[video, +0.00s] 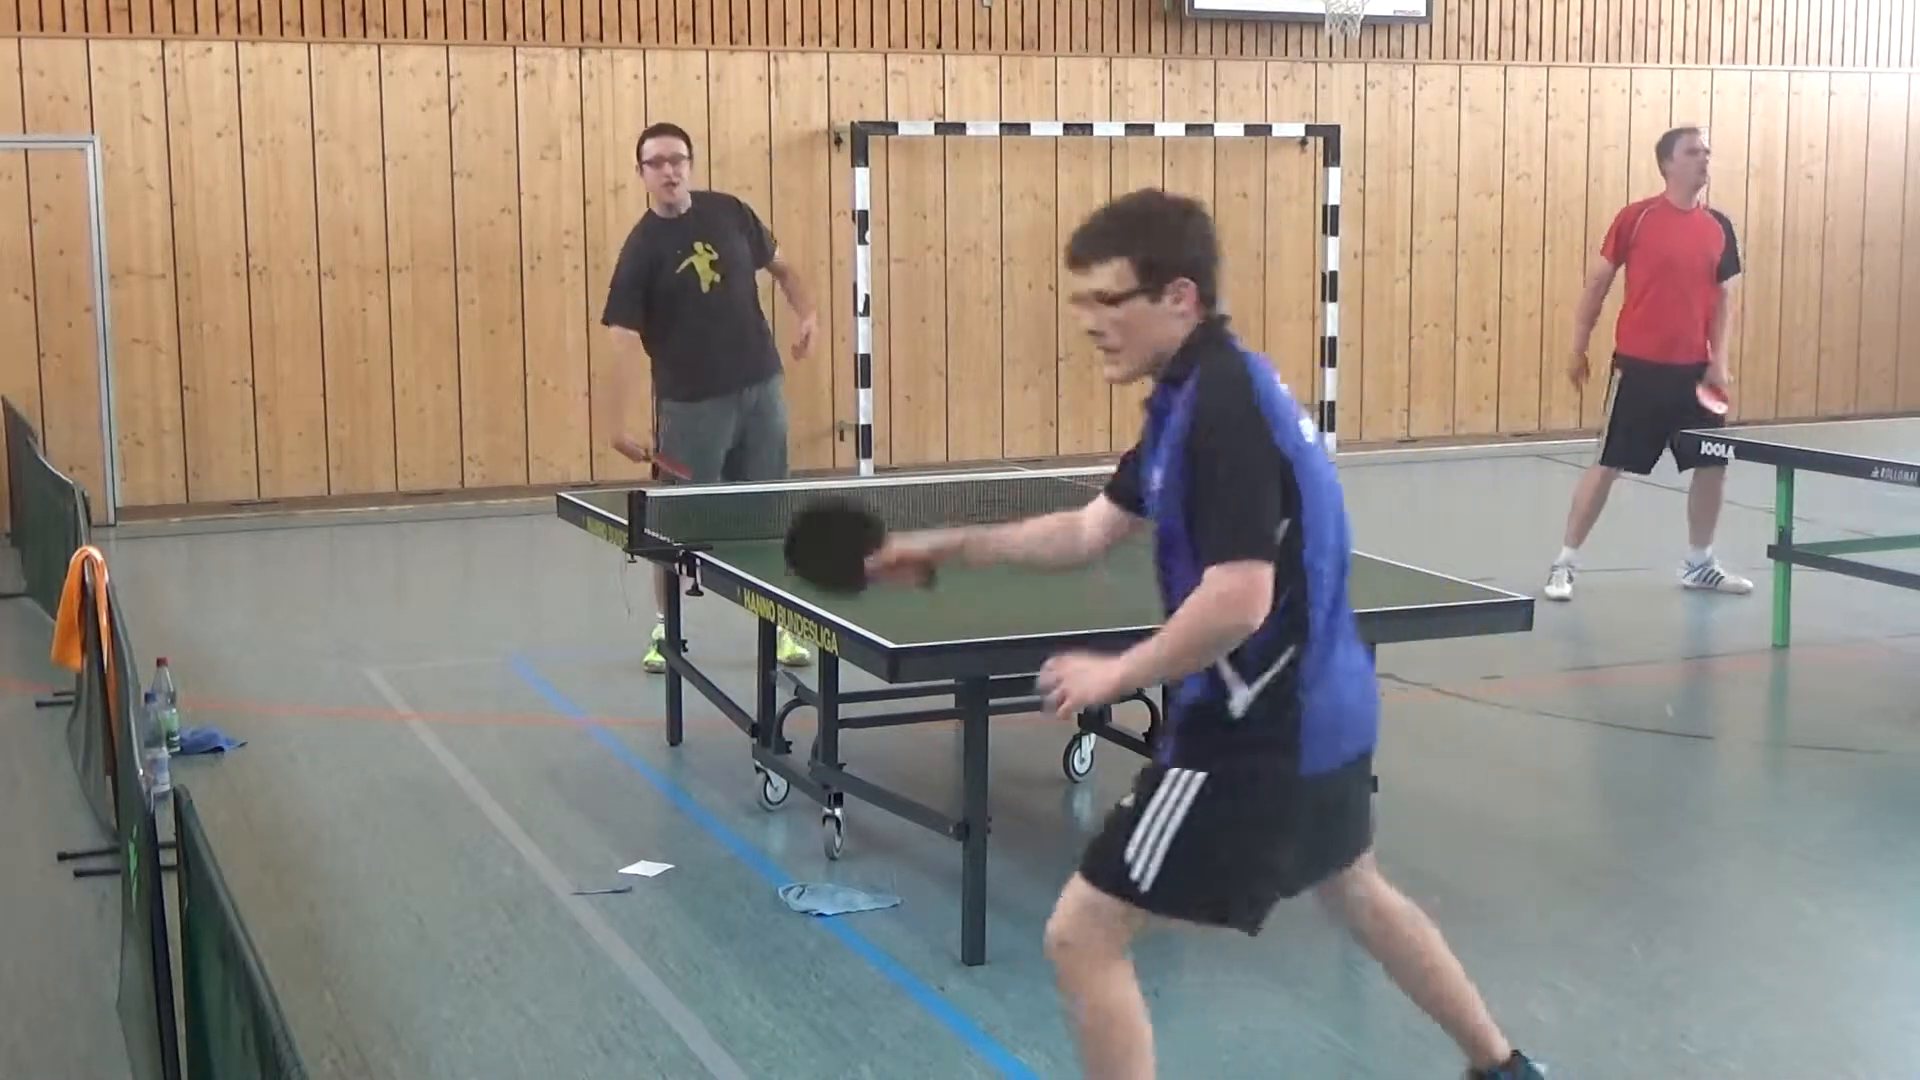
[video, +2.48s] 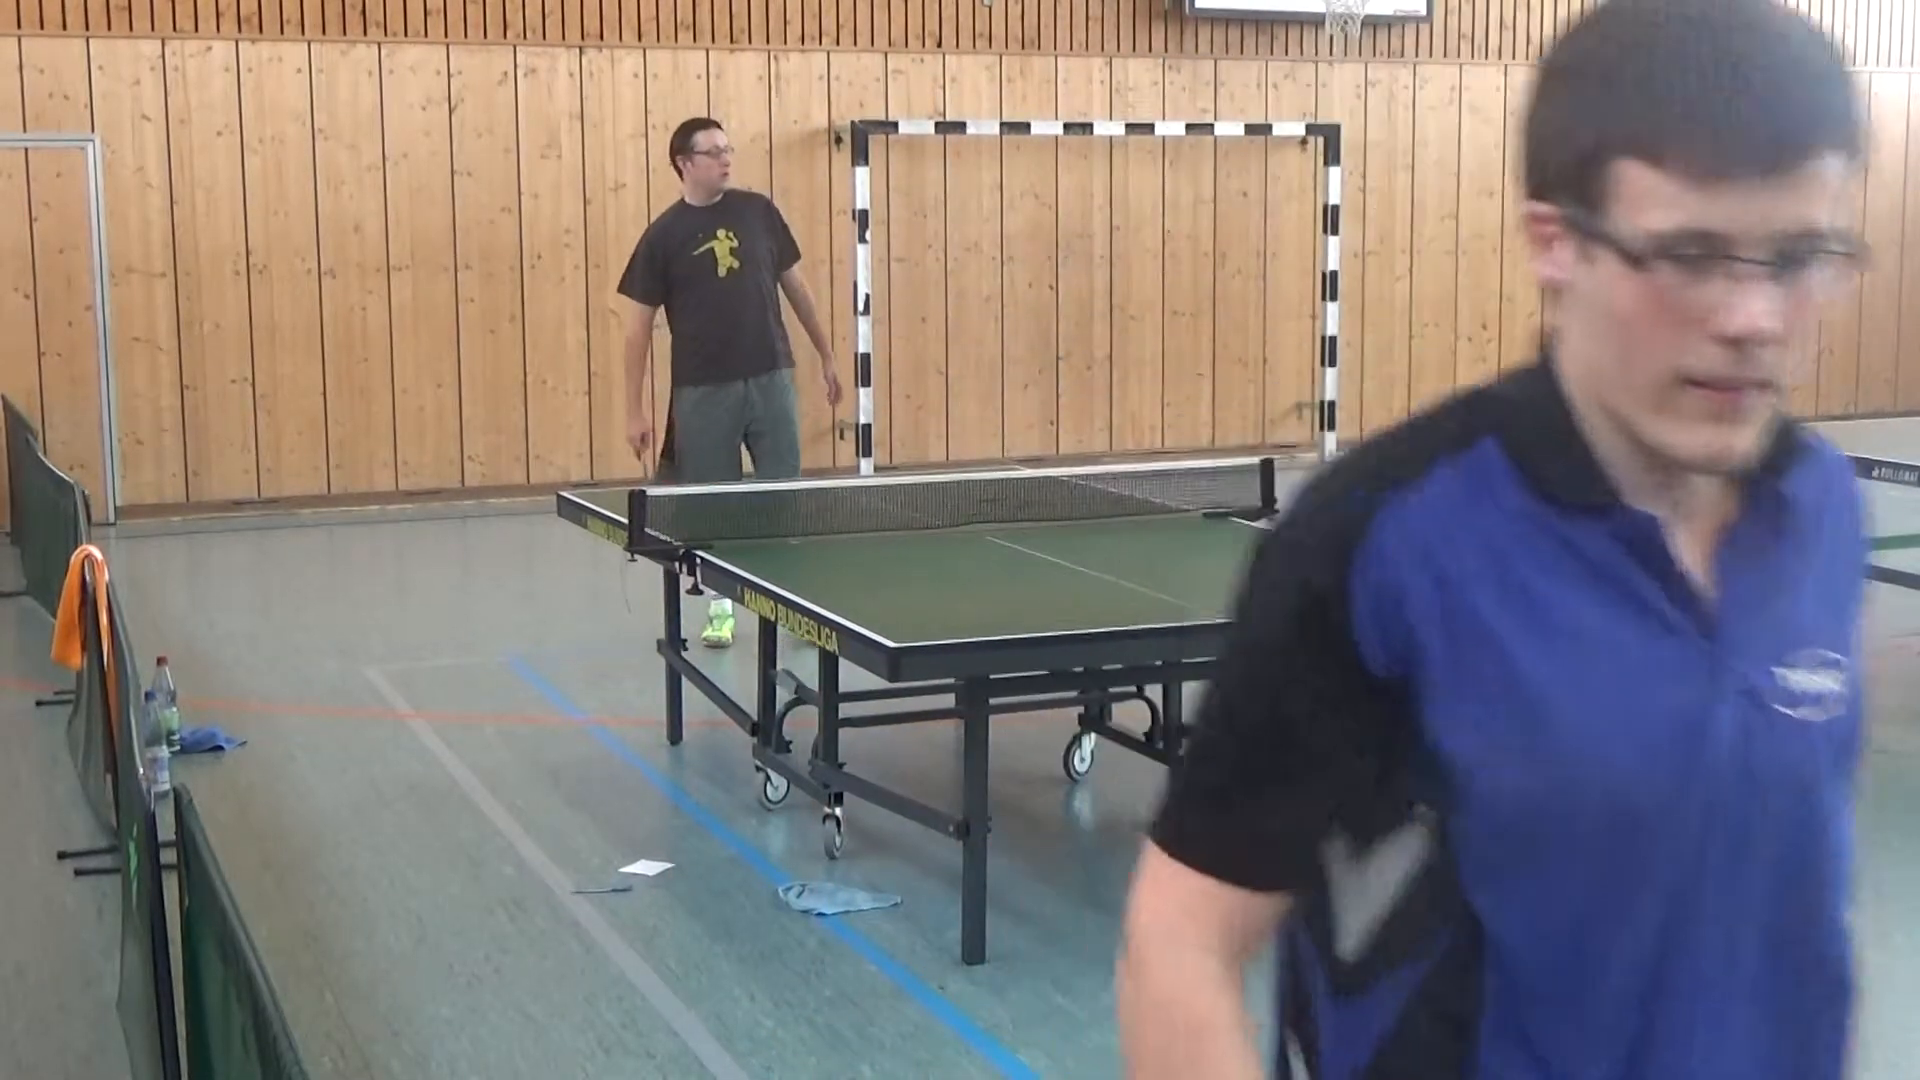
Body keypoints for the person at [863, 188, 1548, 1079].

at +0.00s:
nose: (1091, 323)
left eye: (1110, 302)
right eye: (1084, 303)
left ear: (1181, 297)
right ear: (1179, 305)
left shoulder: (1221, 401)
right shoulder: (1193, 392)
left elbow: (1239, 595)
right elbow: (1091, 529)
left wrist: (1116, 672)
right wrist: (941, 548)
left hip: (1245, 736)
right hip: (1319, 718)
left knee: (1083, 939)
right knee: (1358, 887)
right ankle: (1499, 1060)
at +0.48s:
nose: (1047, 238)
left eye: (1079, 216)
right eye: (1030, 211)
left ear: (1130, 226)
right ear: (1009, 213)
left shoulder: (1186, 363)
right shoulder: (1020, 341)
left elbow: (1242, 560)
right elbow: (1048, 519)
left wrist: (1068, 646)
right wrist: (1017, 665)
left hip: (1124, 733)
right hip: (1029, 707)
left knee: (1116, 964)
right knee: (992, 931)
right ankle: (1014, 1078)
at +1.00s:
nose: (985, 248)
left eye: (1014, 222)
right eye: (961, 217)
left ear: (1047, 227)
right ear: (914, 219)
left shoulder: (1112, 365)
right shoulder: (843, 376)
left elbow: (1170, 573)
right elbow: (796, 560)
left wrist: (1061, 735)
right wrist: (755, 760)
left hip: (1047, 772)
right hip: (894, 767)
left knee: (1035, 1030)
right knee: (881, 1039)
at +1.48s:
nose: (1096, 289)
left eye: (1126, 256)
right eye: (1062, 253)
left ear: (1155, 260)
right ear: (998, 251)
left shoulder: (1189, 411)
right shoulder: (895, 425)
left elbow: (1216, 599)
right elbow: (770, 657)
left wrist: (1269, 781)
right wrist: (779, 908)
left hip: (1124, 913)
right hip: (932, 924)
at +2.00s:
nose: (1296, 298)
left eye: (1327, 252)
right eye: (1250, 256)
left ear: (1363, 248)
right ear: (1165, 261)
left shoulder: (1415, 454)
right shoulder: (1047, 493)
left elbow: (1479, 703)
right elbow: (950, 795)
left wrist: (1530, 904)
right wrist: (951, 1059)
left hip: (1371, 1027)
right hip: (1157, 1043)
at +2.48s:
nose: (1755, 320)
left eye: (1800, 260)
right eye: (1693, 258)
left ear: (1842, 258)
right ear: (1552, 250)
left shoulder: (1821, 507)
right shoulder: (1371, 544)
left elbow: (1786, 869)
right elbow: (1181, 941)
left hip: (1783, 1058)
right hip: (1485, 1060)